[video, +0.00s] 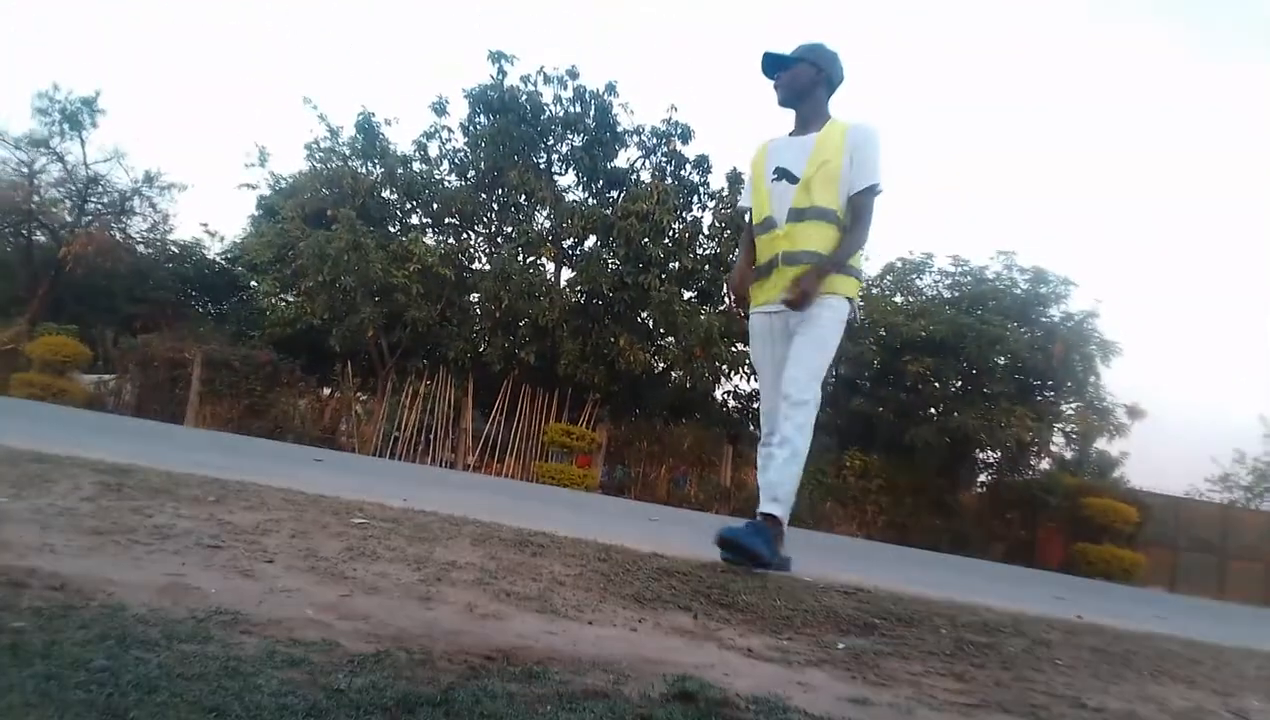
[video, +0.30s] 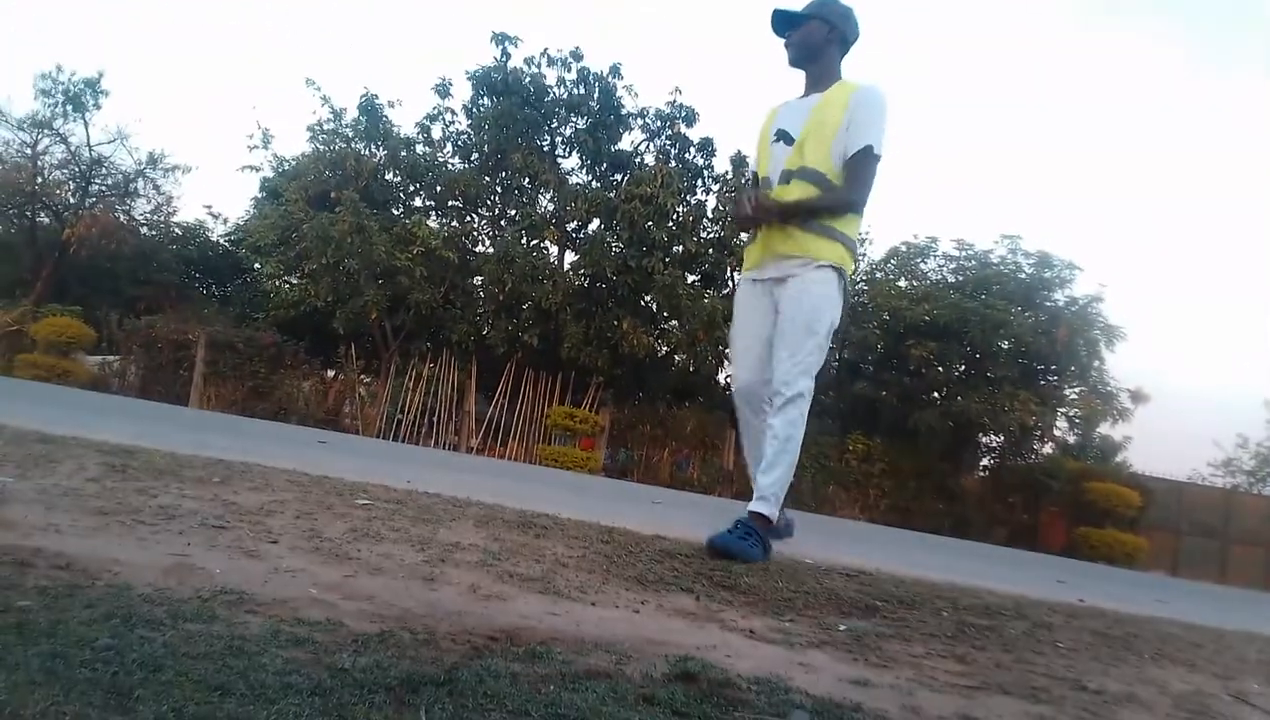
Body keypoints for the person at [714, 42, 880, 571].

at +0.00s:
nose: (778, 75)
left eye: (790, 67)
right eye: (779, 68)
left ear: (820, 77)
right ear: (792, 80)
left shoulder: (855, 138)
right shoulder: (765, 152)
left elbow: (860, 223)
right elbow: (753, 223)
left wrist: (820, 273)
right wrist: (742, 262)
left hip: (823, 292)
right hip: (766, 295)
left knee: (797, 396)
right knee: (772, 405)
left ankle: (770, 523)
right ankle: (770, 531)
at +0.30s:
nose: (789, 34)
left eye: (801, 25)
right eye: (790, 27)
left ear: (833, 35)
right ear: (809, 40)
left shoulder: (862, 100)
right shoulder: (777, 115)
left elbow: (853, 196)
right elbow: (760, 189)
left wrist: (775, 209)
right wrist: (746, 205)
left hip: (815, 265)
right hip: (759, 263)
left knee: (790, 387)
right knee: (746, 383)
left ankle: (760, 519)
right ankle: (771, 506)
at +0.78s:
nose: (785, 4)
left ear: (834, 7)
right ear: (799, 12)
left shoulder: (856, 70)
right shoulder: (771, 84)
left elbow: (839, 170)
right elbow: (743, 184)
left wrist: (749, 150)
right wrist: (729, 151)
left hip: (801, 249)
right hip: (741, 246)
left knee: (785, 383)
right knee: (712, 365)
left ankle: (758, 522)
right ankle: (681, 503)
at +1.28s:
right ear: (730, 5)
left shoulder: (795, 43)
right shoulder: (709, 65)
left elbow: (785, 140)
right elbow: (673, 169)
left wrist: (686, 107)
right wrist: (680, 105)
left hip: (736, 222)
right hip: (674, 224)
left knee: (703, 355)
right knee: (674, 377)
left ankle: (754, 485)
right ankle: (669, 528)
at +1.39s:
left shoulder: (780, 32)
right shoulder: (692, 59)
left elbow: (774, 131)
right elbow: (665, 162)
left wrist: (675, 90)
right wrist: (655, 98)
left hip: (721, 205)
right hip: (663, 211)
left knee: (662, 328)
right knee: (667, 360)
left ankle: (732, 471)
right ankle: (669, 525)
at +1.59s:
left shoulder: (743, 10)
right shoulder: (664, 48)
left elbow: (737, 112)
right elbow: (631, 148)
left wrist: (640, 69)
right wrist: (610, 85)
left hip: (684, 194)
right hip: (636, 202)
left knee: (616, 323)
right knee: (658, 353)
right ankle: (671, 527)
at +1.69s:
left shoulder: (719, 6)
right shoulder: (645, 42)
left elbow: (705, 103)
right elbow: (613, 147)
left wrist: (607, 64)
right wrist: (598, 84)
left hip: (664, 201)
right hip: (617, 205)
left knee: (602, 344)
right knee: (650, 367)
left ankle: (510, 505)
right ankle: (671, 524)